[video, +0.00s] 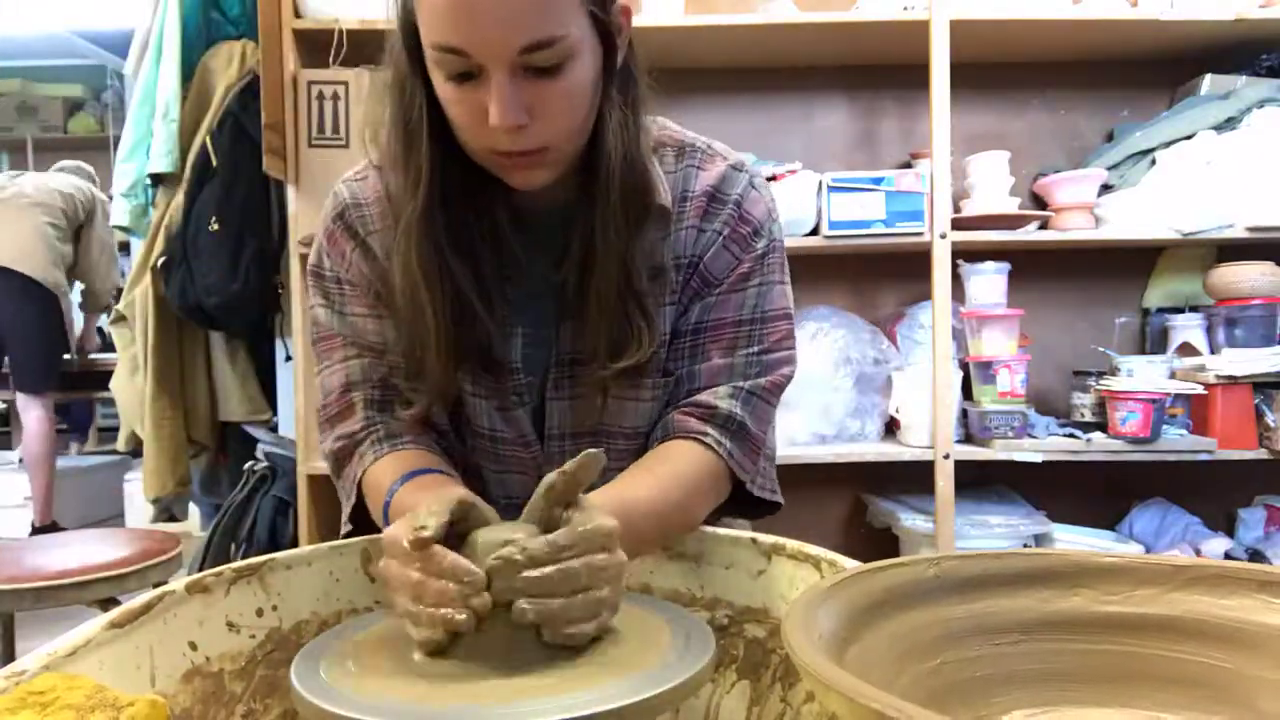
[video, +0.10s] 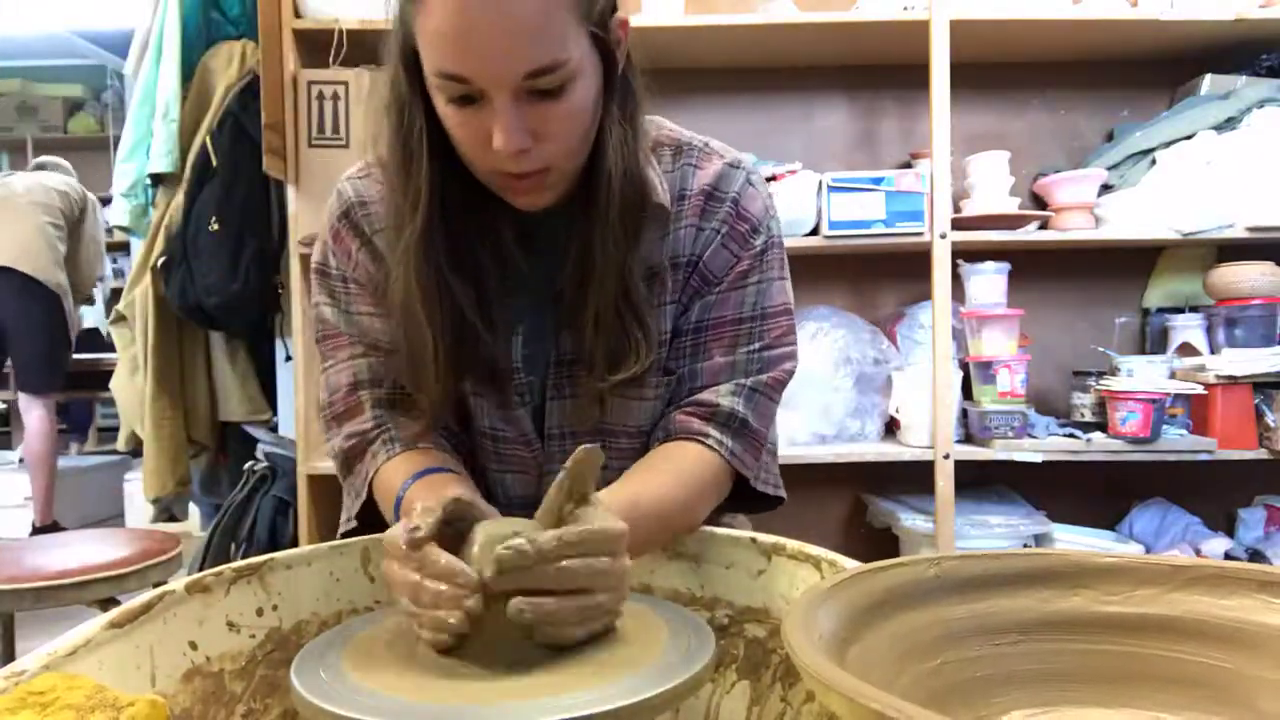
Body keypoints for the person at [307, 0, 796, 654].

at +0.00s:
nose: (504, 115)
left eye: (543, 65)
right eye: (460, 73)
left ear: (615, 31)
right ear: (419, 59)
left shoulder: (719, 202)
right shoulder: (369, 217)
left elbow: (723, 427)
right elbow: (376, 423)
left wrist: (601, 530)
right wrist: (438, 518)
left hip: (661, 607)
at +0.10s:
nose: (508, 139)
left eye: (546, 88)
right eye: (463, 98)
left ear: (614, 46)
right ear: (418, 77)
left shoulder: (719, 200)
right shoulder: (372, 215)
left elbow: (723, 425)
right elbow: (378, 419)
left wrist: (597, 532)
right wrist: (446, 512)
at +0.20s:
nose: (473, 134)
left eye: (507, 80)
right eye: (428, 95)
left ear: (589, 38)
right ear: (397, 87)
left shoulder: (713, 184)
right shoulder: (374, 208)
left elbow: (739, 417)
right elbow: (355, 415)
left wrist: (604, 550)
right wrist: (427, 527)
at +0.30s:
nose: (503, 110)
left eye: (539, 57)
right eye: (462, 71)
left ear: (623, 27)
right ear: (430, 62)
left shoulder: (730, 196)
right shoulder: (395, 202)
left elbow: (735, 422)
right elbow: (375, 401)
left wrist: (593, 553)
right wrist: (441, 525)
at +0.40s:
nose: (517, 110)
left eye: (553, 58)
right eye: (477, 70)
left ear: (637, 27)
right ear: (445, 59)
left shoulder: (744, 202)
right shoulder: (404, 199)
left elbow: (738, 431)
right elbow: (381, 400)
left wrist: (599, 543)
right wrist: (443, 521)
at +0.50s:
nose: (514, 111)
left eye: (549, 61)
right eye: (478, 74)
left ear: (637, 31)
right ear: (453, 70)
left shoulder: (760, 210)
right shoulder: (421, 208)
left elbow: (742, 437)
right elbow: (404, 404)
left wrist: (601, 545)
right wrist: (446, 522)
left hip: (681, 603)